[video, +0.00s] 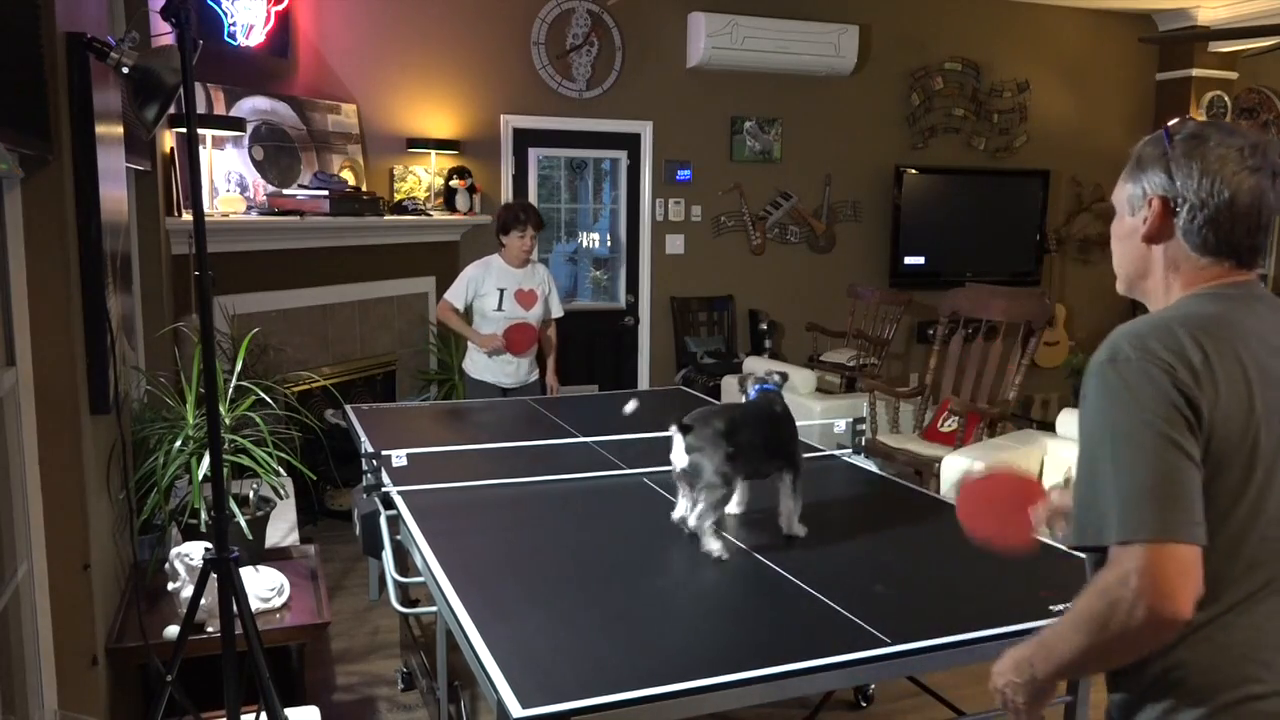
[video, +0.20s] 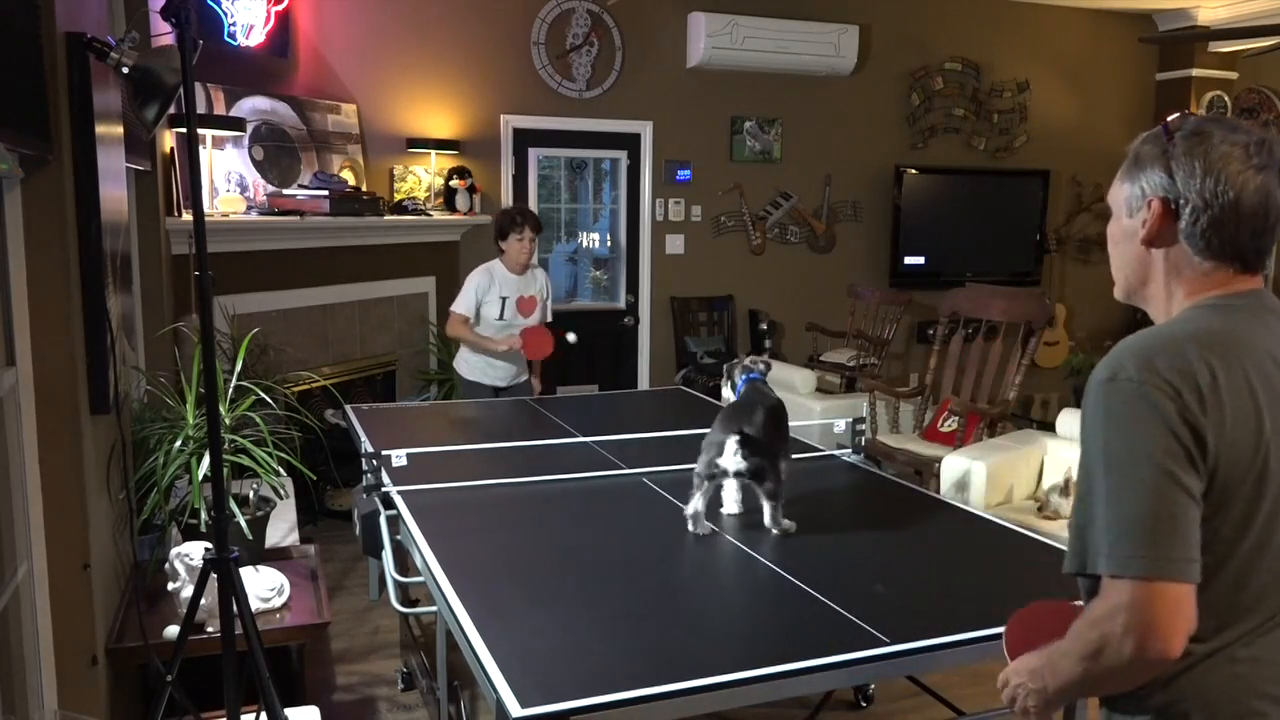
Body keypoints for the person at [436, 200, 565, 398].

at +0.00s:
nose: (529, 244)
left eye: (533, 237)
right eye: (521, 236)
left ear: (537, 237)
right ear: (503, 237)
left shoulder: (541, 274)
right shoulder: (479, 271)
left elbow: (548, 325)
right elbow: (443, 310)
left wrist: (551, 370)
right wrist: (478, 338)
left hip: (526, 379)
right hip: (484, 379)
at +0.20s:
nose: (528, 246)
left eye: (532, 240)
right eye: (520, 239)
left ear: (536, 242)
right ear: (502, 243)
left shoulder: (539, 278)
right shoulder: (482, 276)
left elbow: (539, 330)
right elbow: (454, 327)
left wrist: (535, 375)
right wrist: (494, 345)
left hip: (517, 378)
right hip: (476, 378)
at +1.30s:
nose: (520, 233)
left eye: (524, 227)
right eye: (511, 227)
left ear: (529, 231)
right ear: (495, 233)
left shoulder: (540, 273)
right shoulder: (476, 272)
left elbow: (549, 326)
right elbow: (457, 324)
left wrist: (551, 377)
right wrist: (493, 350)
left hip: (531, 382)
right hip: (487, 383)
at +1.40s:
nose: (520, 233)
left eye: (524, 227)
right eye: (511, 227)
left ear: (528, 231)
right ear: (495, 233)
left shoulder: (541, 273)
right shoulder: (476, 272)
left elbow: (550, 326)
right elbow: (457, 324)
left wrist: (552, 377)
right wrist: (492, 350)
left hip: (531, 382)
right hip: (488, 382)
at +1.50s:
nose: (520, 233)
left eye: (524, 227)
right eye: (511, 227)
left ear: (529, 231)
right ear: (495, 233)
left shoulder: (541, 273)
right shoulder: (476, 272)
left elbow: (550, 326)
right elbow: (457, 324)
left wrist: (552, 376)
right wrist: (491, 349)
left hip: (532, 382)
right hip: (488, 383)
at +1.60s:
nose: (520, 233)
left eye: (524, 227)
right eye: (511, 227)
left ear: (529, 231)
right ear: (495, 234)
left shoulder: (542, 274)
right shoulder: (476, 273)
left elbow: (550, 327)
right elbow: (457, 324)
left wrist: (552, 376)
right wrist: (490, 349)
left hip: (532, 383)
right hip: (488, 383)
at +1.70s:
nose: (519, 233)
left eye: (524, 227)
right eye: (511, 227)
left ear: (529, 232)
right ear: (495, 234)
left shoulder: (542, 274)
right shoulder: (476, 273)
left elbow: (551, 327)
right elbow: (457, 324)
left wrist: (553, 376)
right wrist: (490, 350)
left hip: (533, 383)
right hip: (488, 384)